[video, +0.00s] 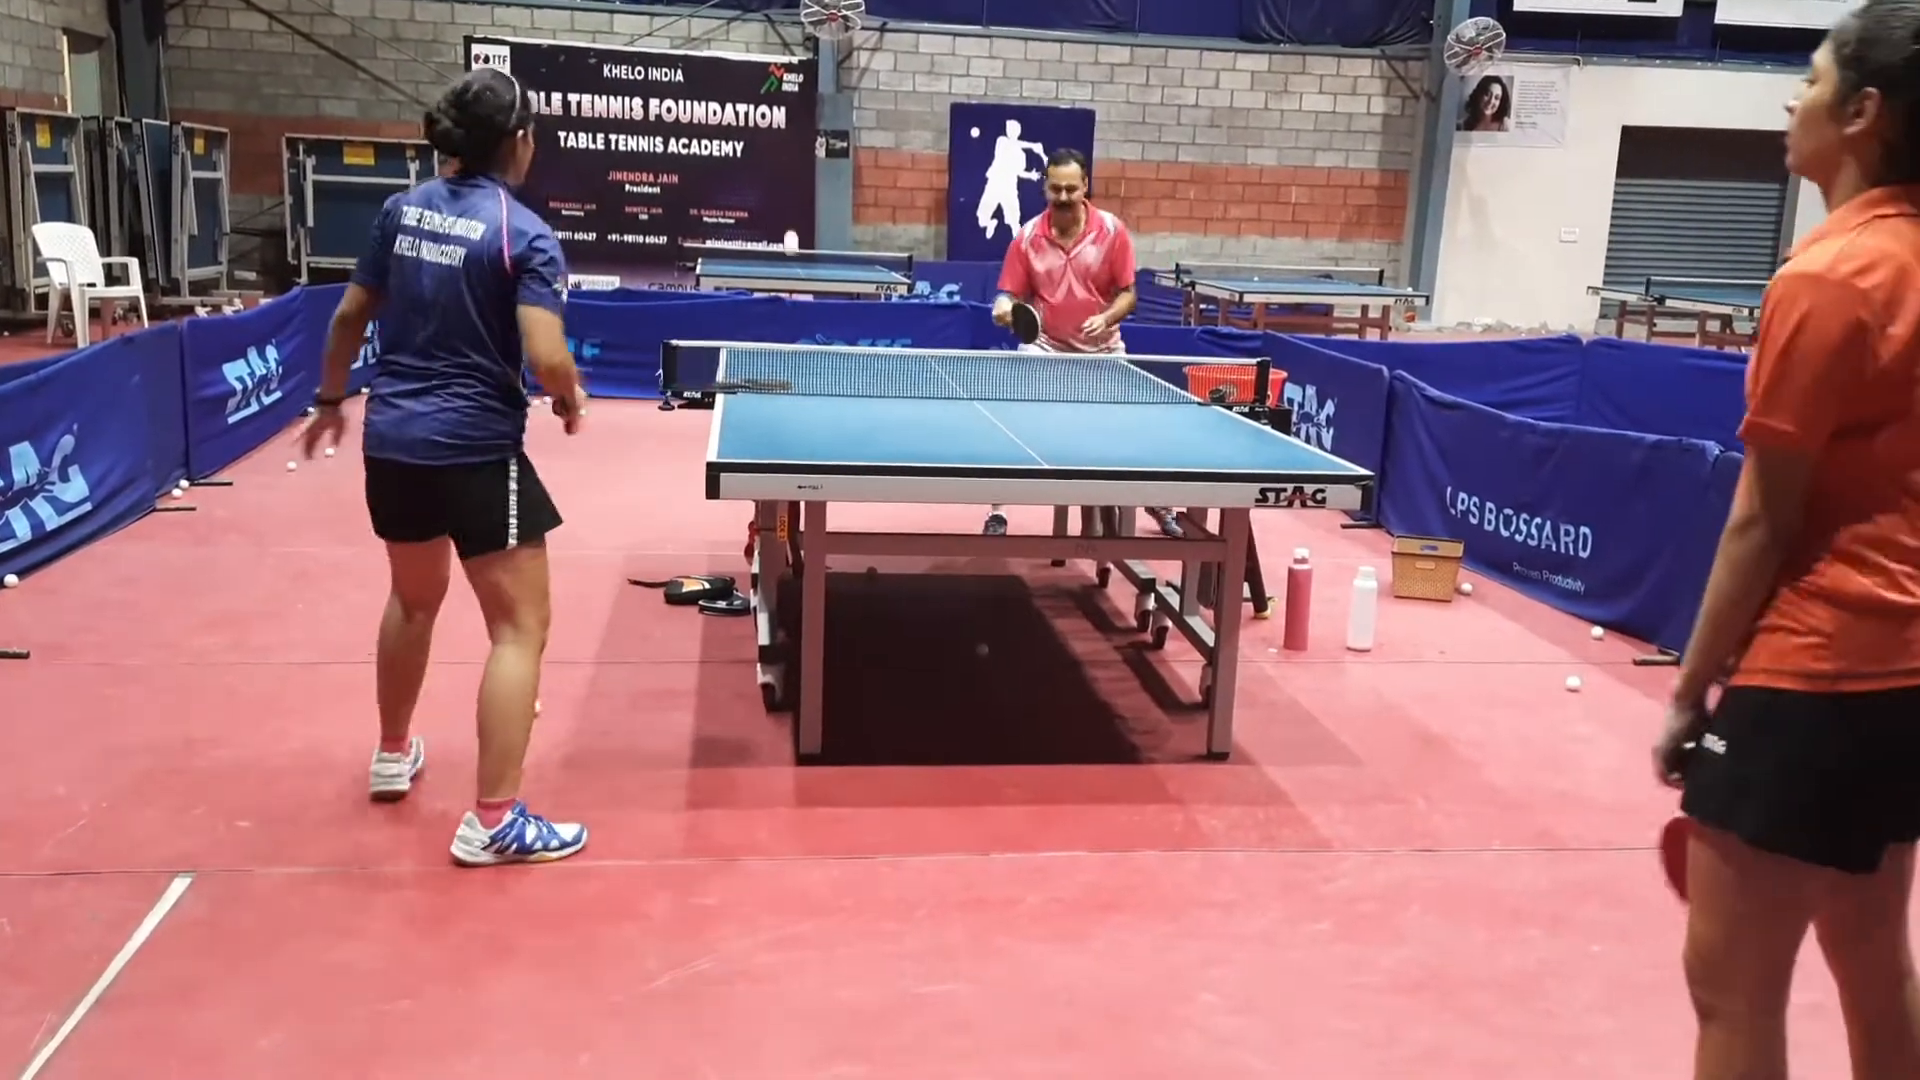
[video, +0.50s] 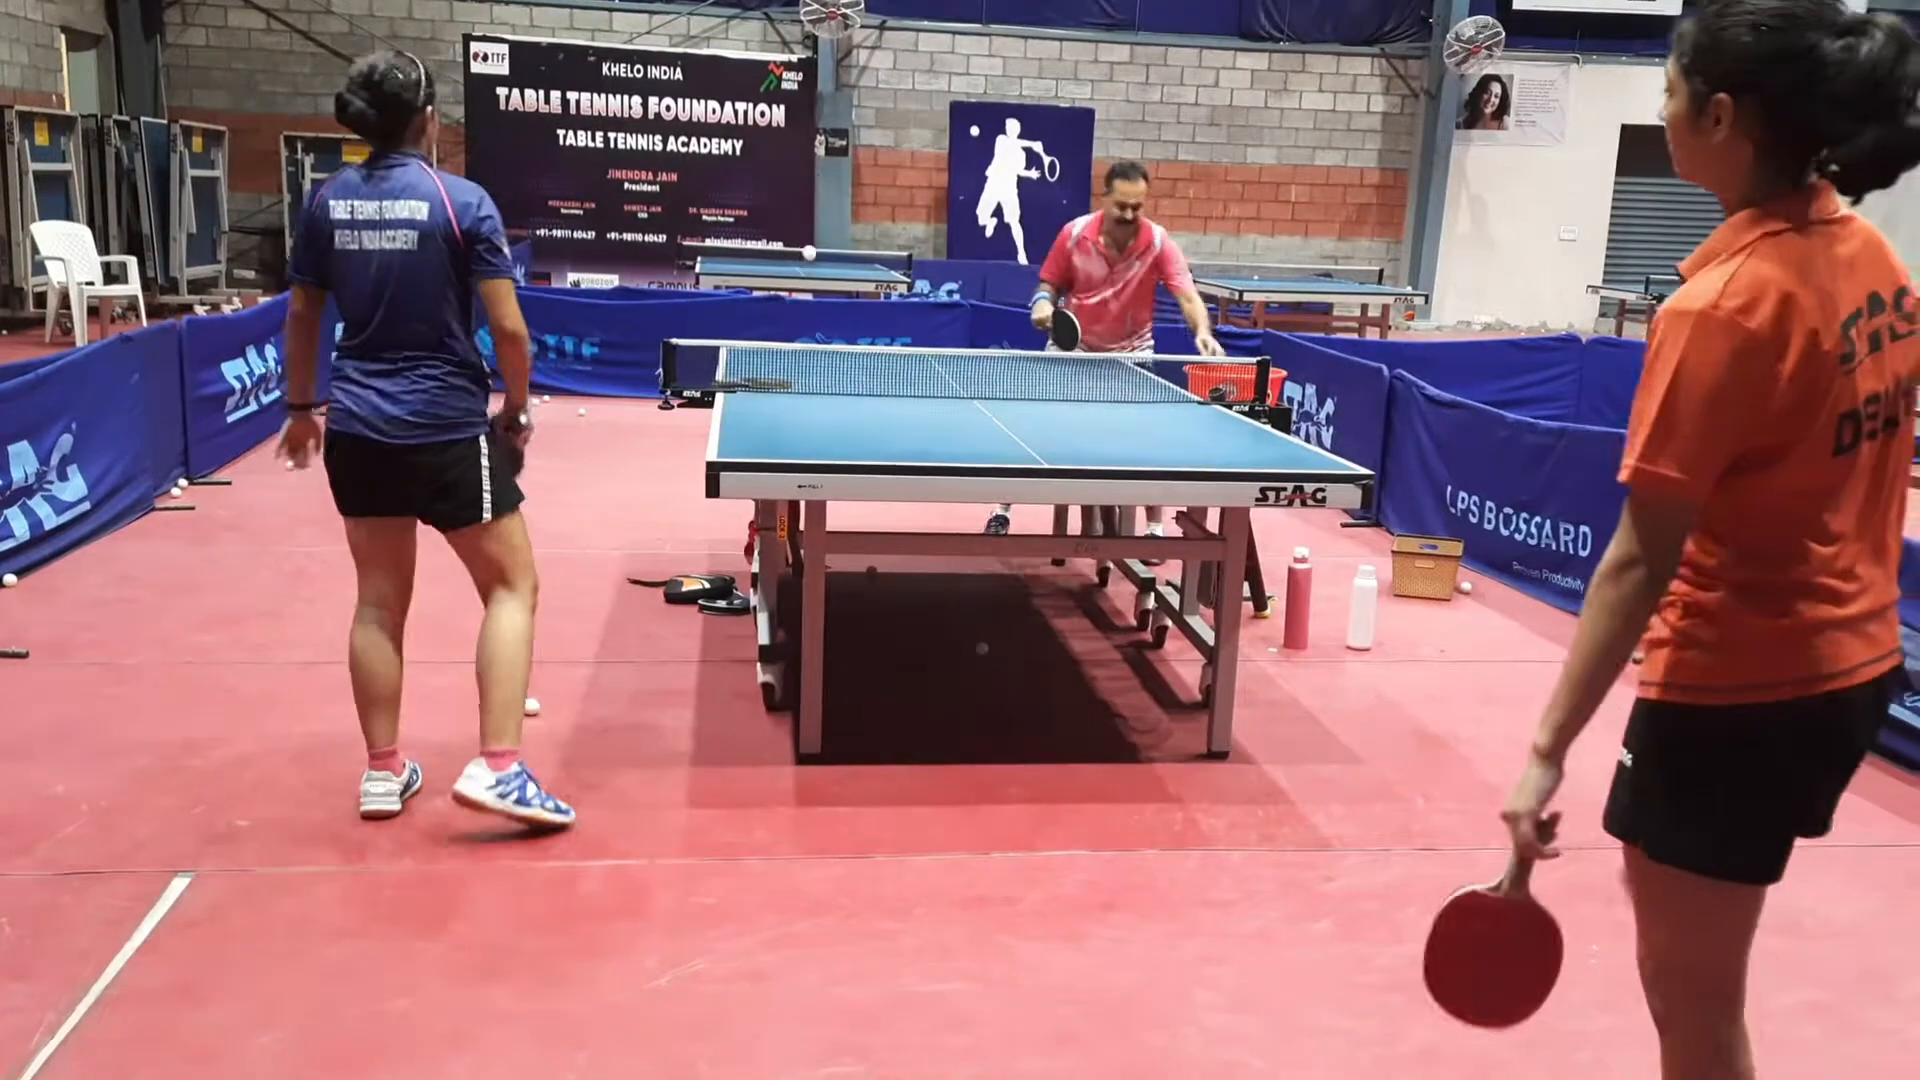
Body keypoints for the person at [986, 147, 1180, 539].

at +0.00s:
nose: (1063, 198)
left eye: (1072, 189)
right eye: (1055, 189)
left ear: (1086, 188)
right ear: (1045, 188)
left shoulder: (1112, 231)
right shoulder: (1028, 239)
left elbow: (1129, 293)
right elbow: (1007, 293)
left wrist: (1107, 318)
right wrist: (1004, 308)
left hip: (1102, 348)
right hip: (1043, 347)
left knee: (1129, 424)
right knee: (1014, 412)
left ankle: (1161, 504)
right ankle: (998, 509)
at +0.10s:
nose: (1067, 191)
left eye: (1073, 183)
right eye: (1058, 184)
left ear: (1083, 179)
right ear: (1042, 181)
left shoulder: (1106, 220)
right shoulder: (1024, 229)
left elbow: (1127, 282)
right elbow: (1006, 286)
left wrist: (1117, 309)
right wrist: (1004, 302)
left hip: (1103, 342)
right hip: (1041, 342)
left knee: (1124, 423)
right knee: (1015, 413)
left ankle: (1135, 511)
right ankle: (999, 509)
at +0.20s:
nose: (1074, 189)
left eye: (1081, 181)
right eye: (1065, 182)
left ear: (1089, 178)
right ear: (1048, 179)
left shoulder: (1110, 217)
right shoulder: (1026, 226)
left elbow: (1135, 276)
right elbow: (1007, 285)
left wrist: (1135, 304)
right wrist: (1009, 300)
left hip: (1103, 339)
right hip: (1042, 340)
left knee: (1120, 424)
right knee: (1018, 412)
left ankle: (1130, 512)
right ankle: (998, 509)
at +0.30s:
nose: (1091, 195)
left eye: (1097, 186)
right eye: (1082, 187)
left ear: (1104, 182)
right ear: (1062, 183)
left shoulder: (1120, 220)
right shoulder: (1035, 229)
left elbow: (1148, 275)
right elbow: (1014, 284)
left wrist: (1157, 303)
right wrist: (1015, 302)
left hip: (1106, 340)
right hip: (1046, 341)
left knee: (1127, 422)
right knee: (1019, 415)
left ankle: (1148, 512)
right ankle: (998, 508)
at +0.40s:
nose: (1110, 205)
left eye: (1117, 197)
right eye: (1102, 197)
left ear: (1125, 193)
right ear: (1083, 190)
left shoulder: (1138, 231)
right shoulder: (1052, 231)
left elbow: (1167, 281)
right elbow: (1029, 283)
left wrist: (1181, 313)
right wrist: (1027, 305)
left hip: (1117, 348)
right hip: (1054, 346)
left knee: (1134, 429)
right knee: (1024, 419)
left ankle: (1152, 522)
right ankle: (999, 509)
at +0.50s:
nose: (1128, 215)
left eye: (1137, 207)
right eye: (1121, 205)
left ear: (1146, 203)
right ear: (1105, 197)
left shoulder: (1158, 243)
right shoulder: (1075, 235)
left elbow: (1187, 296)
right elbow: (1048, 285)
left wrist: (1203, 332)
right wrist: (1042, 307)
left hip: (1132, 353)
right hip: (1074, 351)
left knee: (1147, 435)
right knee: (1035, 421)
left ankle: (1156, 528)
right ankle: (1003, 508)